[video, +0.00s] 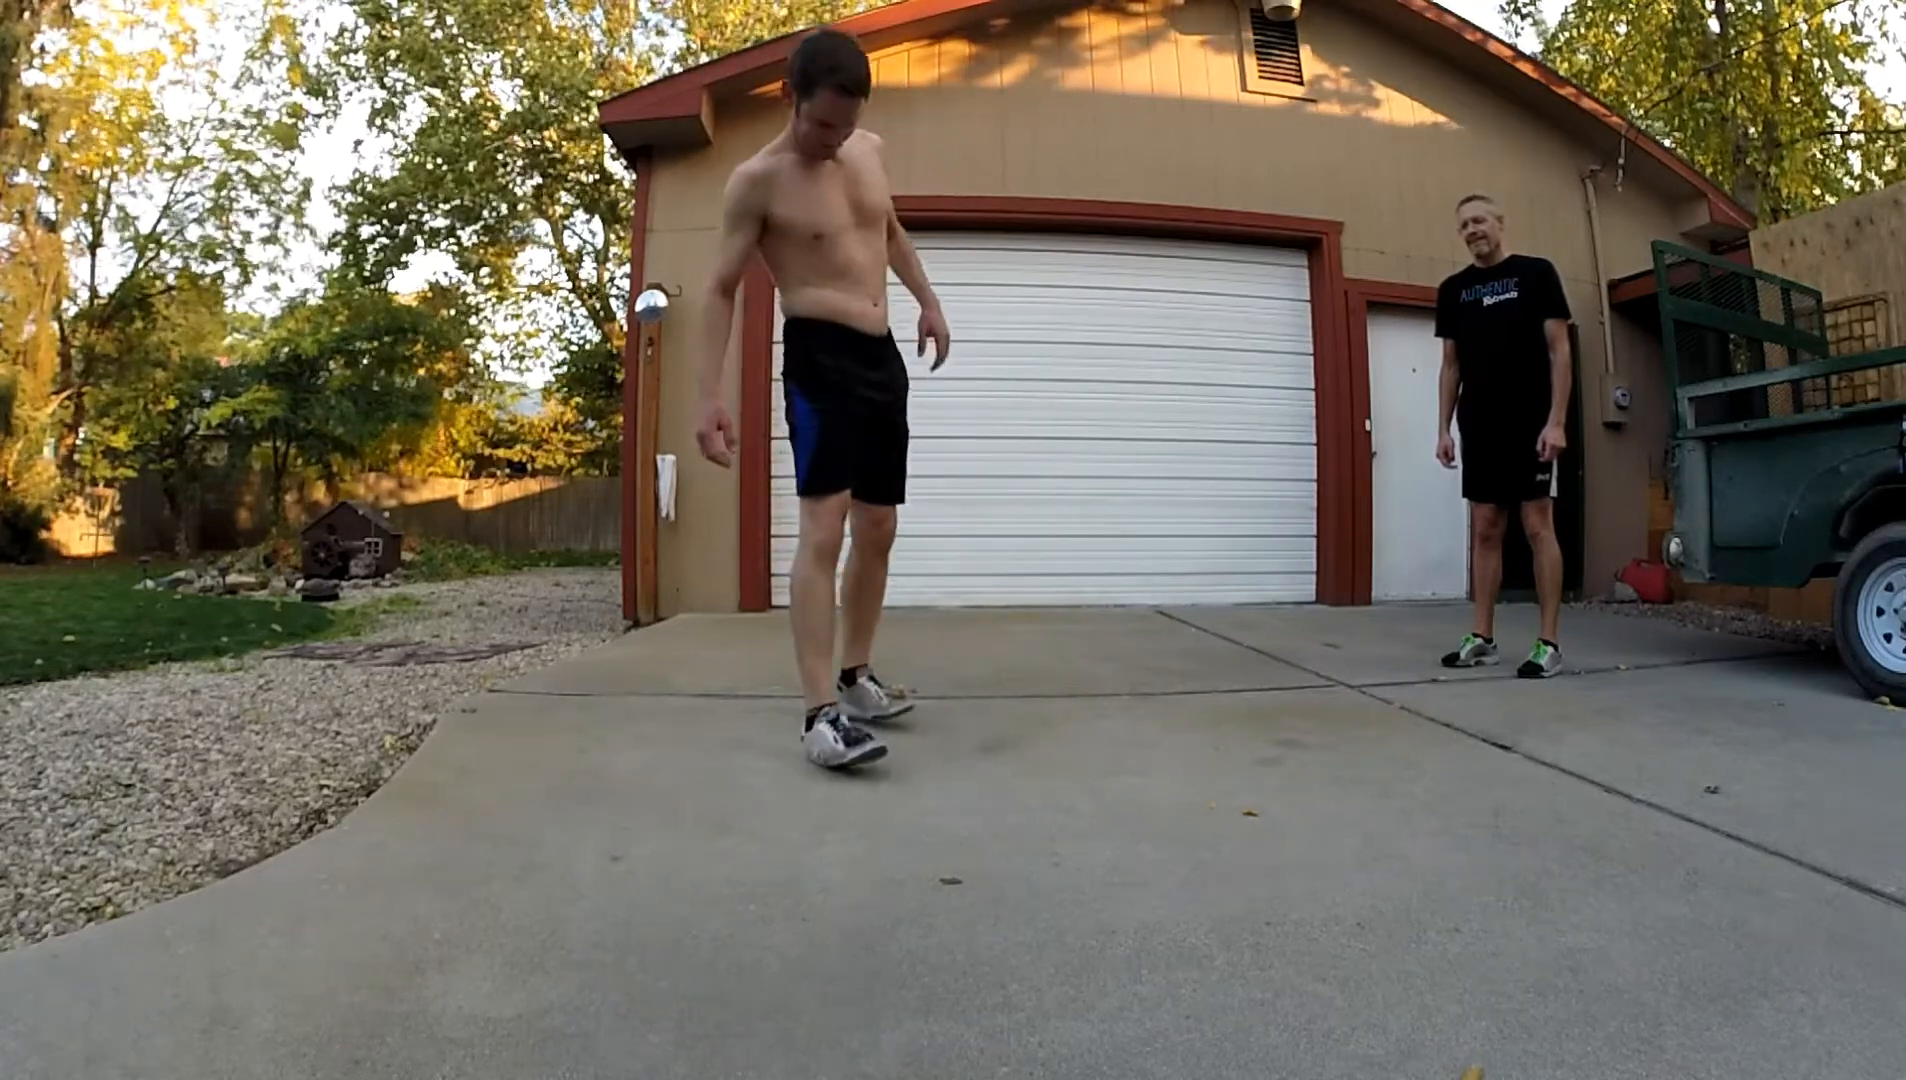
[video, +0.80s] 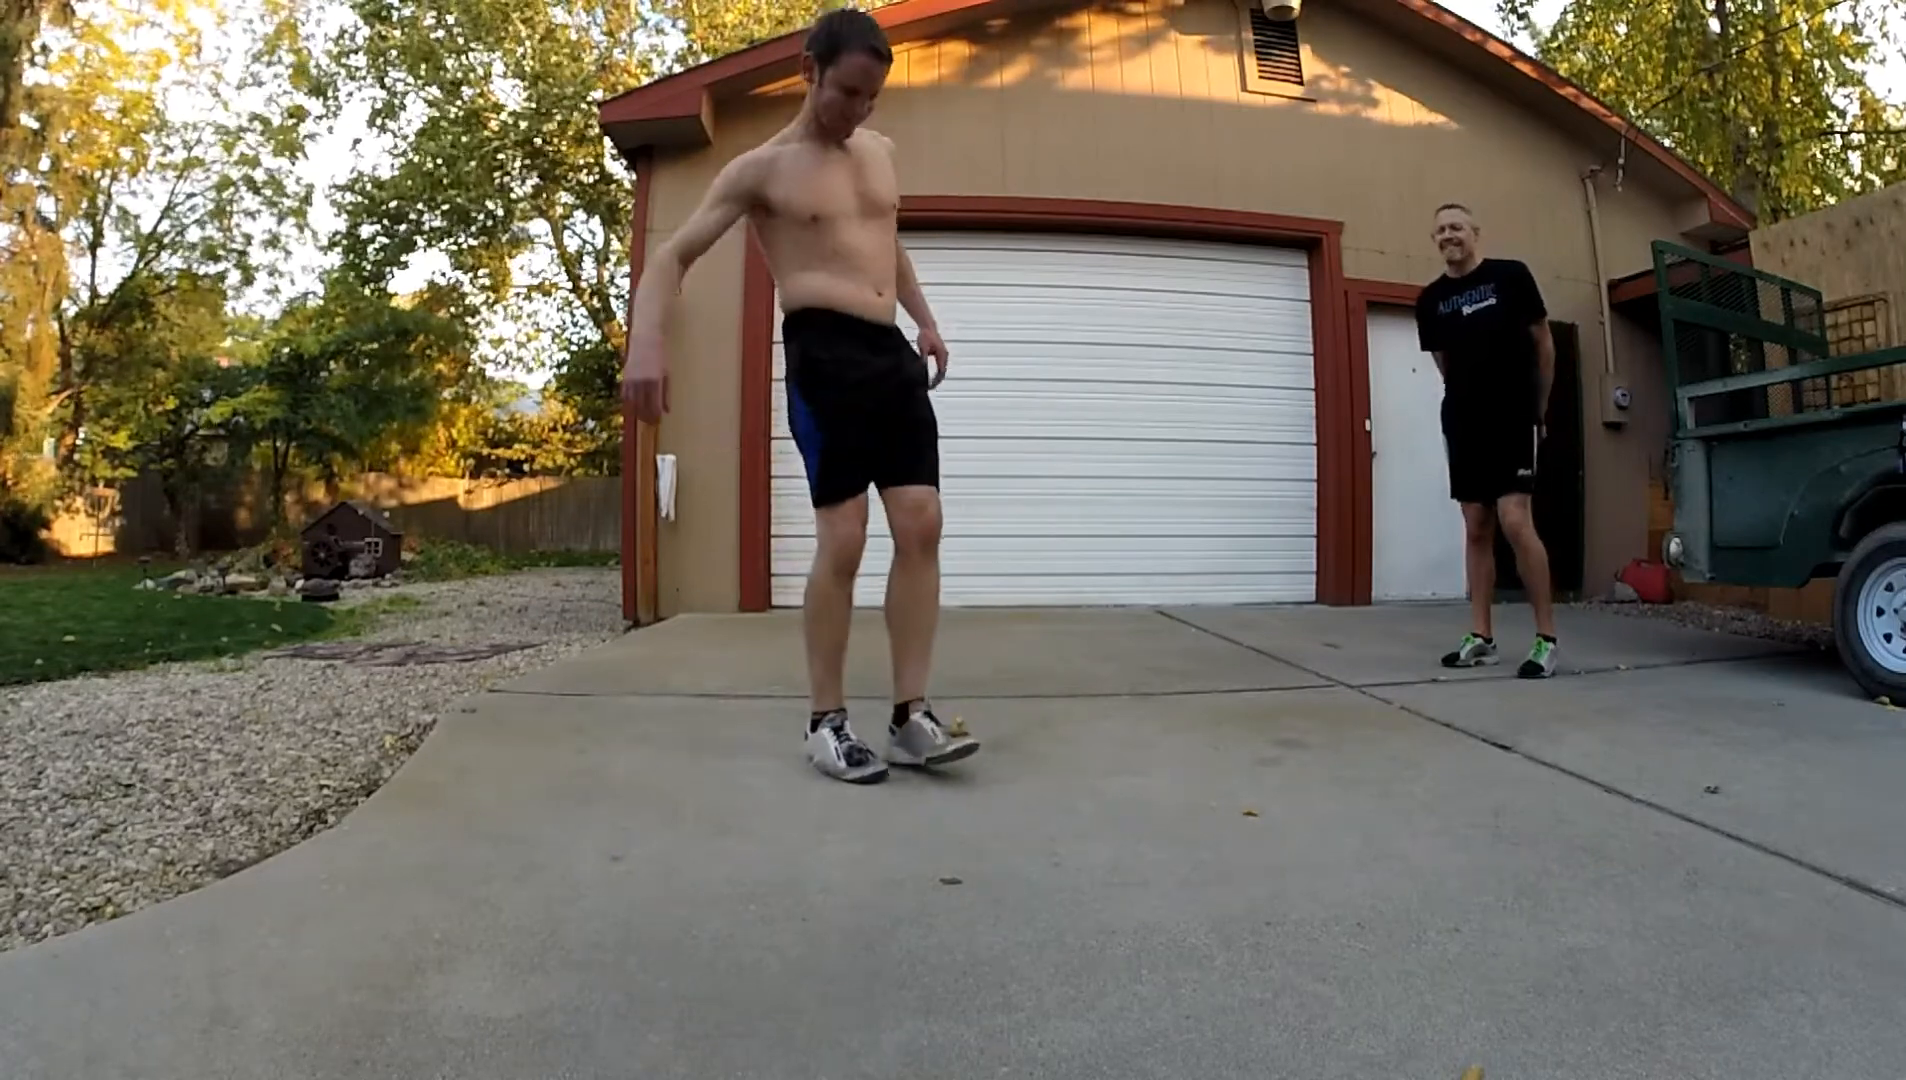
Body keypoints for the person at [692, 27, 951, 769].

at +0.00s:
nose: (833, 136)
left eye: (845, 123)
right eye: (822, 121)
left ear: (860, 109)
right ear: (793, 96)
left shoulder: (868, 151)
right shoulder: (757, 181)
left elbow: (890, 232)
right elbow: (720, 290)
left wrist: (928, 300)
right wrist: (710, 395)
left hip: (880, 358)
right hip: (818, 360)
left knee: (877, 527)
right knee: (824, 533)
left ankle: (856, 676)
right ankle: (820, 715)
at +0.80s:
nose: (859, 110)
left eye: (870, 96)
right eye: (848, 92)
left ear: (880, 88)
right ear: (810, 72)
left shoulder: (879, 152)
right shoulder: (760, 168)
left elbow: (888, 247)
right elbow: (674, 255)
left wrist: (925, 322)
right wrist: (644, 340)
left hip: (887, 352)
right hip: (821, 352)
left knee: (921, 526)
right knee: (844, 538)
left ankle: (911, 715)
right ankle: (828, 724)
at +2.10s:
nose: (994, 138)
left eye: (1005, 128)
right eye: (983, 121)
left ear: (1010, 132)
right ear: (947, 111)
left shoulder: (983, 213)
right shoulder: (890, 176)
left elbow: (986, 298)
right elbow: (801, 252)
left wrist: (1041, 336)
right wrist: (833, 328)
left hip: (935, 362)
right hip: (876, 346)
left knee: (954, 533)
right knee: (1013, 364)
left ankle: (895, 705)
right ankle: (1111, 546)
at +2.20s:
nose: (1011, 120)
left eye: (1021, 110)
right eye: (1000, 103)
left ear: (1025, 116)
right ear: (960, 94)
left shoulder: (994, 195)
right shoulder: (901, 156)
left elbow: (975, 278)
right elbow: (814, 227)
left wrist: (1027, 319)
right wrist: (851, 294)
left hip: (935, 348)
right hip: (880, 326)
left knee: (951, 512)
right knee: (1006, 275)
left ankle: (912, 691)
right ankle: (1080, 448)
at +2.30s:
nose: (1010, 110)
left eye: (1019, 99)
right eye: (999, 94)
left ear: (1022, 103)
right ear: (960, 85)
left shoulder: (993, 181)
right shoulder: (906, 146)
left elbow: (973, 265)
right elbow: (818, 217)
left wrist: (1015, 320)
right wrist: (862, 276)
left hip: (944, 347)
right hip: (886, 323)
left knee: (968, 506)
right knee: (1013, 328)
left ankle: (931, 684)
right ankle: (1025, 535)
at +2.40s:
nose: (1000, 122)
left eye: (1009, 112)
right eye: (989, 107)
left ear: (1013, 119)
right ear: (951, 102)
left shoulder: (986, 200)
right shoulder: (903, 164)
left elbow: (961, 288)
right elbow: (822, 242)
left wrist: (1014, 339)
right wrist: (858, 306)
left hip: (954, 358)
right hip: (900, 347)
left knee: (976, 533)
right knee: (1010, 442)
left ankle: (919, 699)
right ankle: (1008, 652)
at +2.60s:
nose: (1005, 150)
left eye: (1014, 140)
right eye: (994, 134)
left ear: (1017, 146)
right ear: (955, 130)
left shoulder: (995, 232)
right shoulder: (904, 192)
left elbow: (1003, 315)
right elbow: (829, 277)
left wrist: (1070, 335)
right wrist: (869, 354)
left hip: (957, 369)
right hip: (904, 355)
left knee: (987, 538)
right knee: (1042, 393)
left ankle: (918, 702)